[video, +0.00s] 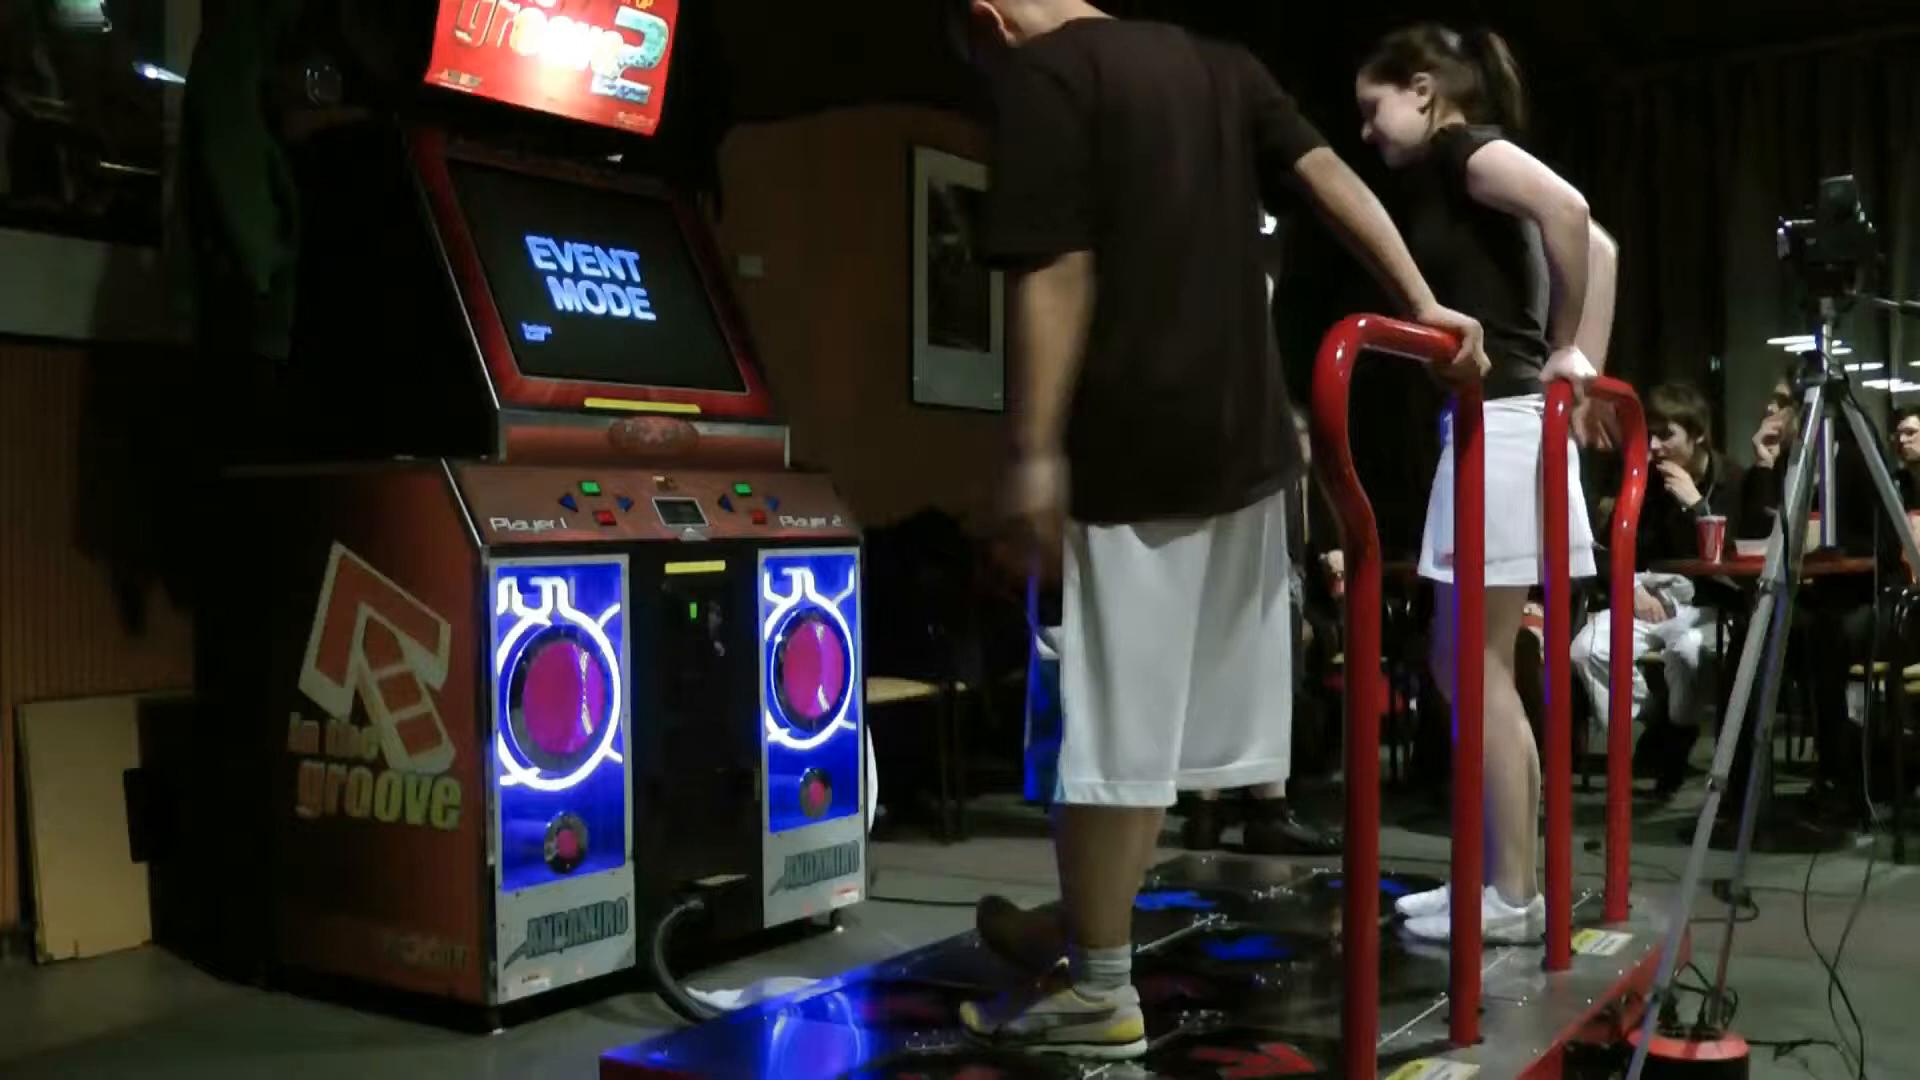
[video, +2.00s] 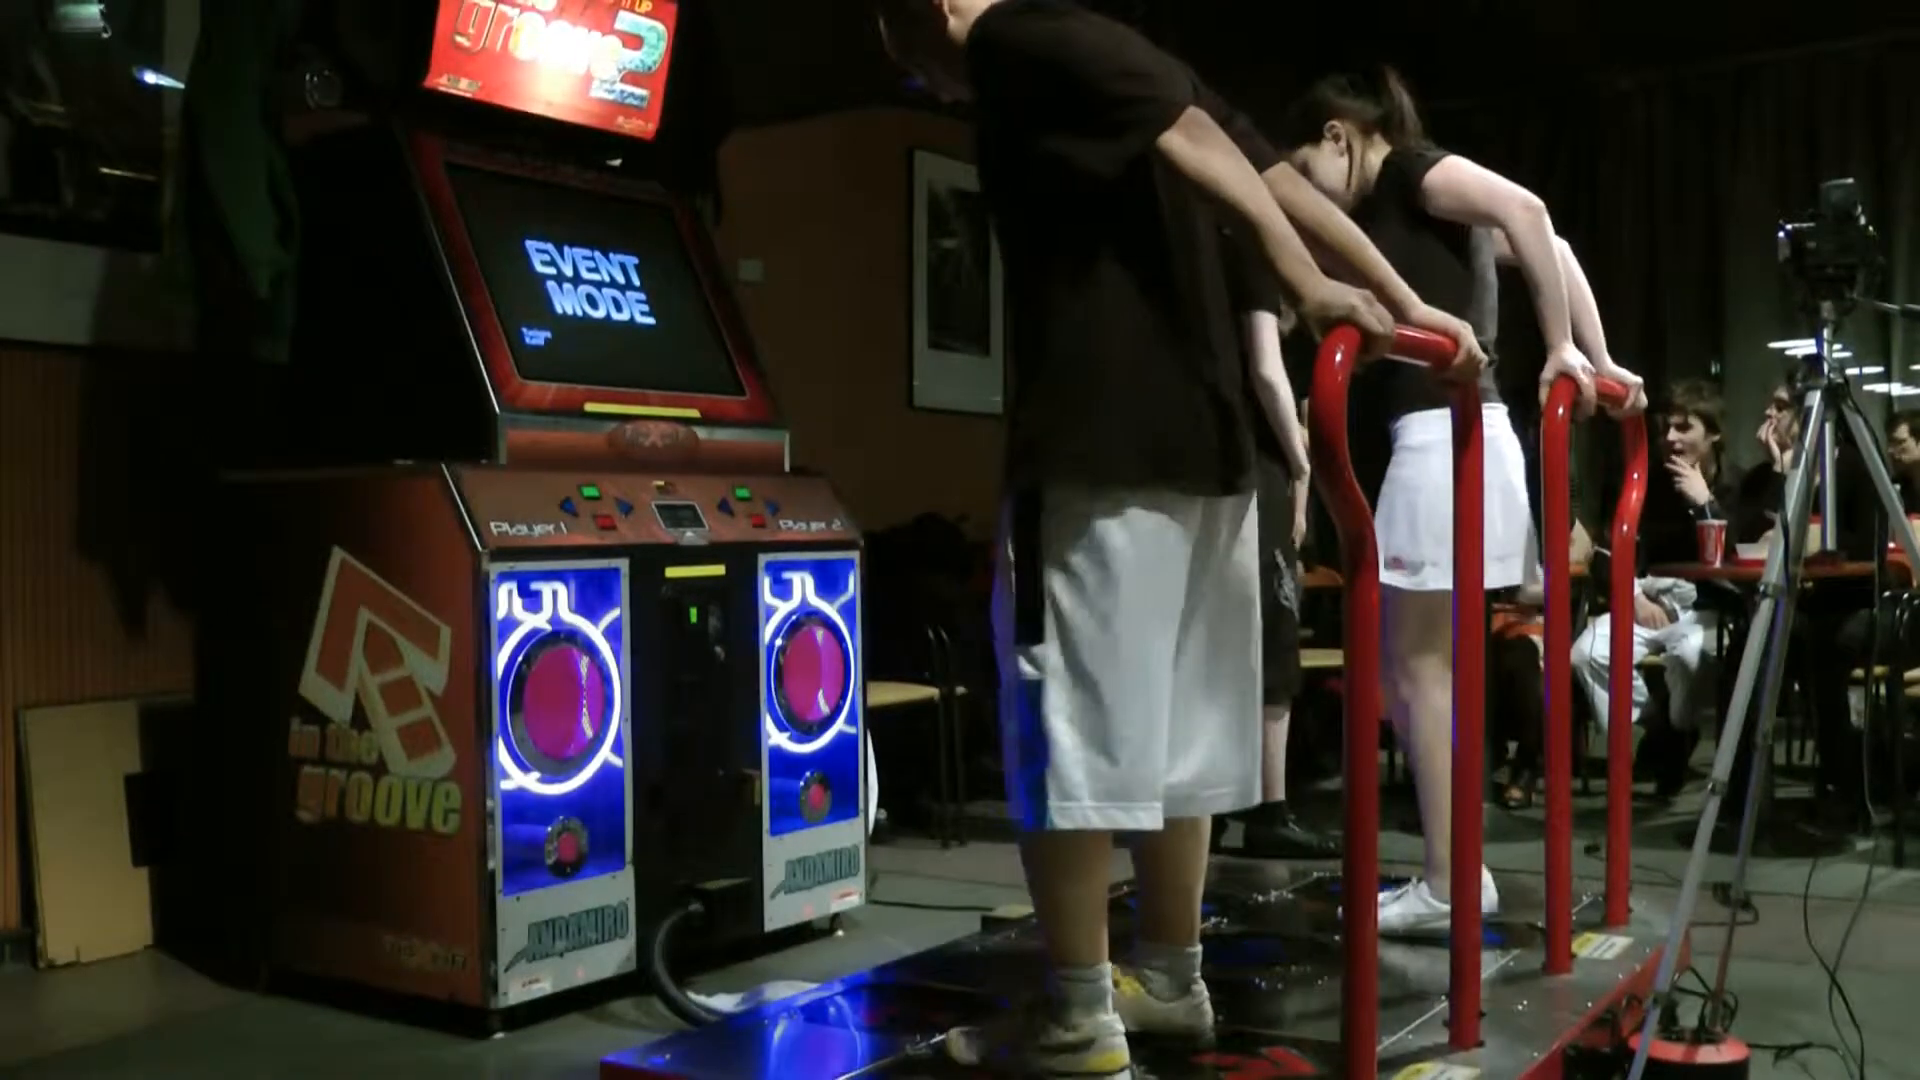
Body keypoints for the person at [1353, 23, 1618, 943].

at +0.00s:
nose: (1369, 124)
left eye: (1376, 104)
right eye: (1366, 108)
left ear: (1423, 90)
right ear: (1434, 97)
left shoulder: (1460, 149)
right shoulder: (1484, 162)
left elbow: (1567, 211)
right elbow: (1602, 242)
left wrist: (1574, 349)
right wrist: (1588, 361)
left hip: (1501, 429)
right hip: (1514, 426)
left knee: (1480, 667)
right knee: (1491, 667)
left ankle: (1509, 891)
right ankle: (1517, 885)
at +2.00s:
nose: (1311, 172)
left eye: (1314, 153)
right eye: (1307, 157)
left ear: (1347, 133)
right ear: (1373, 131)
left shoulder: (1419, 175)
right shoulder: (1423, 192)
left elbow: (1525, 210)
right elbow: (1557, 252)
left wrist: (1558, 348)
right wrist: (1601, 361)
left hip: (1442, 443)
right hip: (1439, 444)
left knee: (1423, 665)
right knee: (1414, 665)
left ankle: (1450, 885)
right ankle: (1452, 869)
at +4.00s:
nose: (1305, 133)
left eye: (1311, 114)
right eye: (1304, 117)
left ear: (1353, 106)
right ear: (1371, 109)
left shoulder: (1384, 166)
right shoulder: (1411, 172)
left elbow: (1501, 231)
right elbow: (1546, 245)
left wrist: (1559, 354)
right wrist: (1602, 359)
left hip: (1382, 438)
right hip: (1409, 439)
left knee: (1333, 655)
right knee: (1353, 657)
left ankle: (1346, 869)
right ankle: (1397, 859)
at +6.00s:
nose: (1312, 118)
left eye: (1322, 102)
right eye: (1314, 103)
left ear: (1368, 104)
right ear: (1388, 107)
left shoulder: (1385, 171)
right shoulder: (1414, 177)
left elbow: (1501, 229)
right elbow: (1550, 246)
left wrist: (1558, 353)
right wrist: (1602, 357)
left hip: (1381, 450)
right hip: (1425, 450)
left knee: (1319, 659)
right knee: (1375, 672)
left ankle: (1344, 874)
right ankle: (1385, 875)